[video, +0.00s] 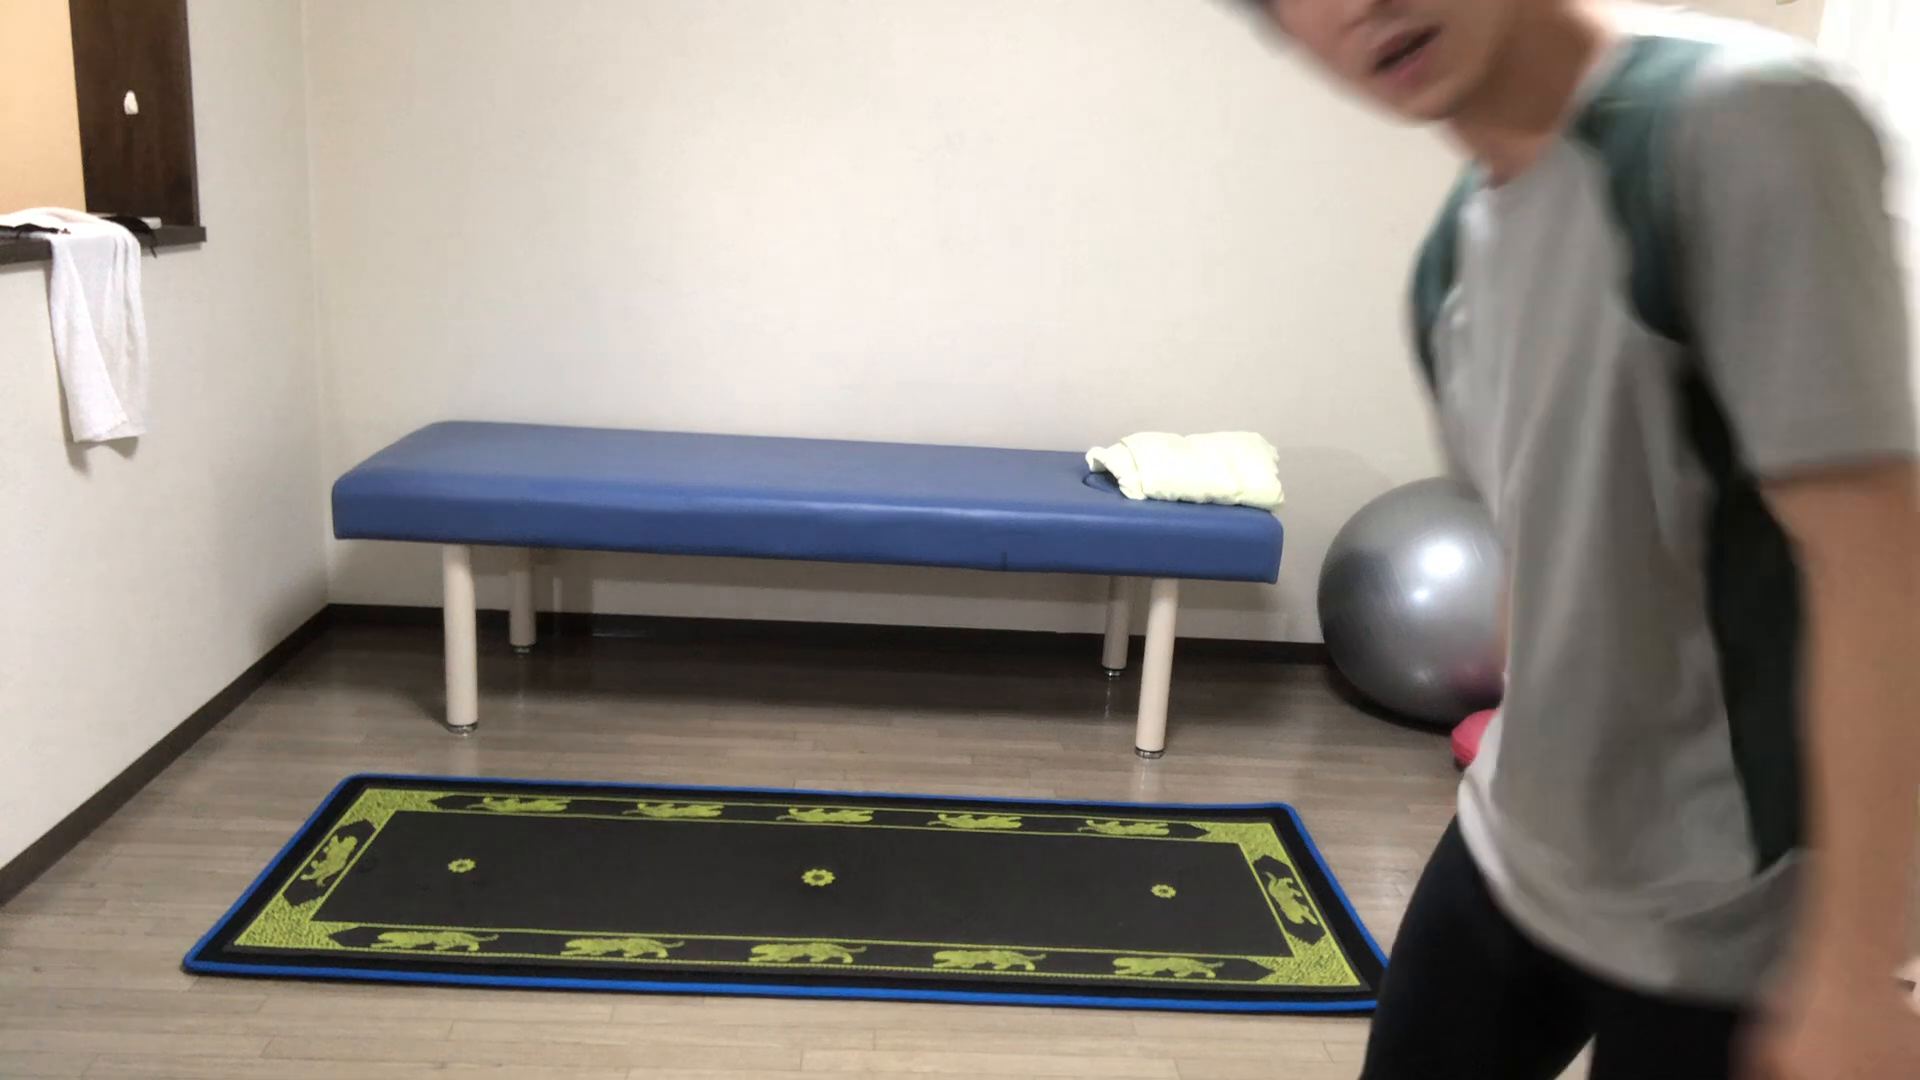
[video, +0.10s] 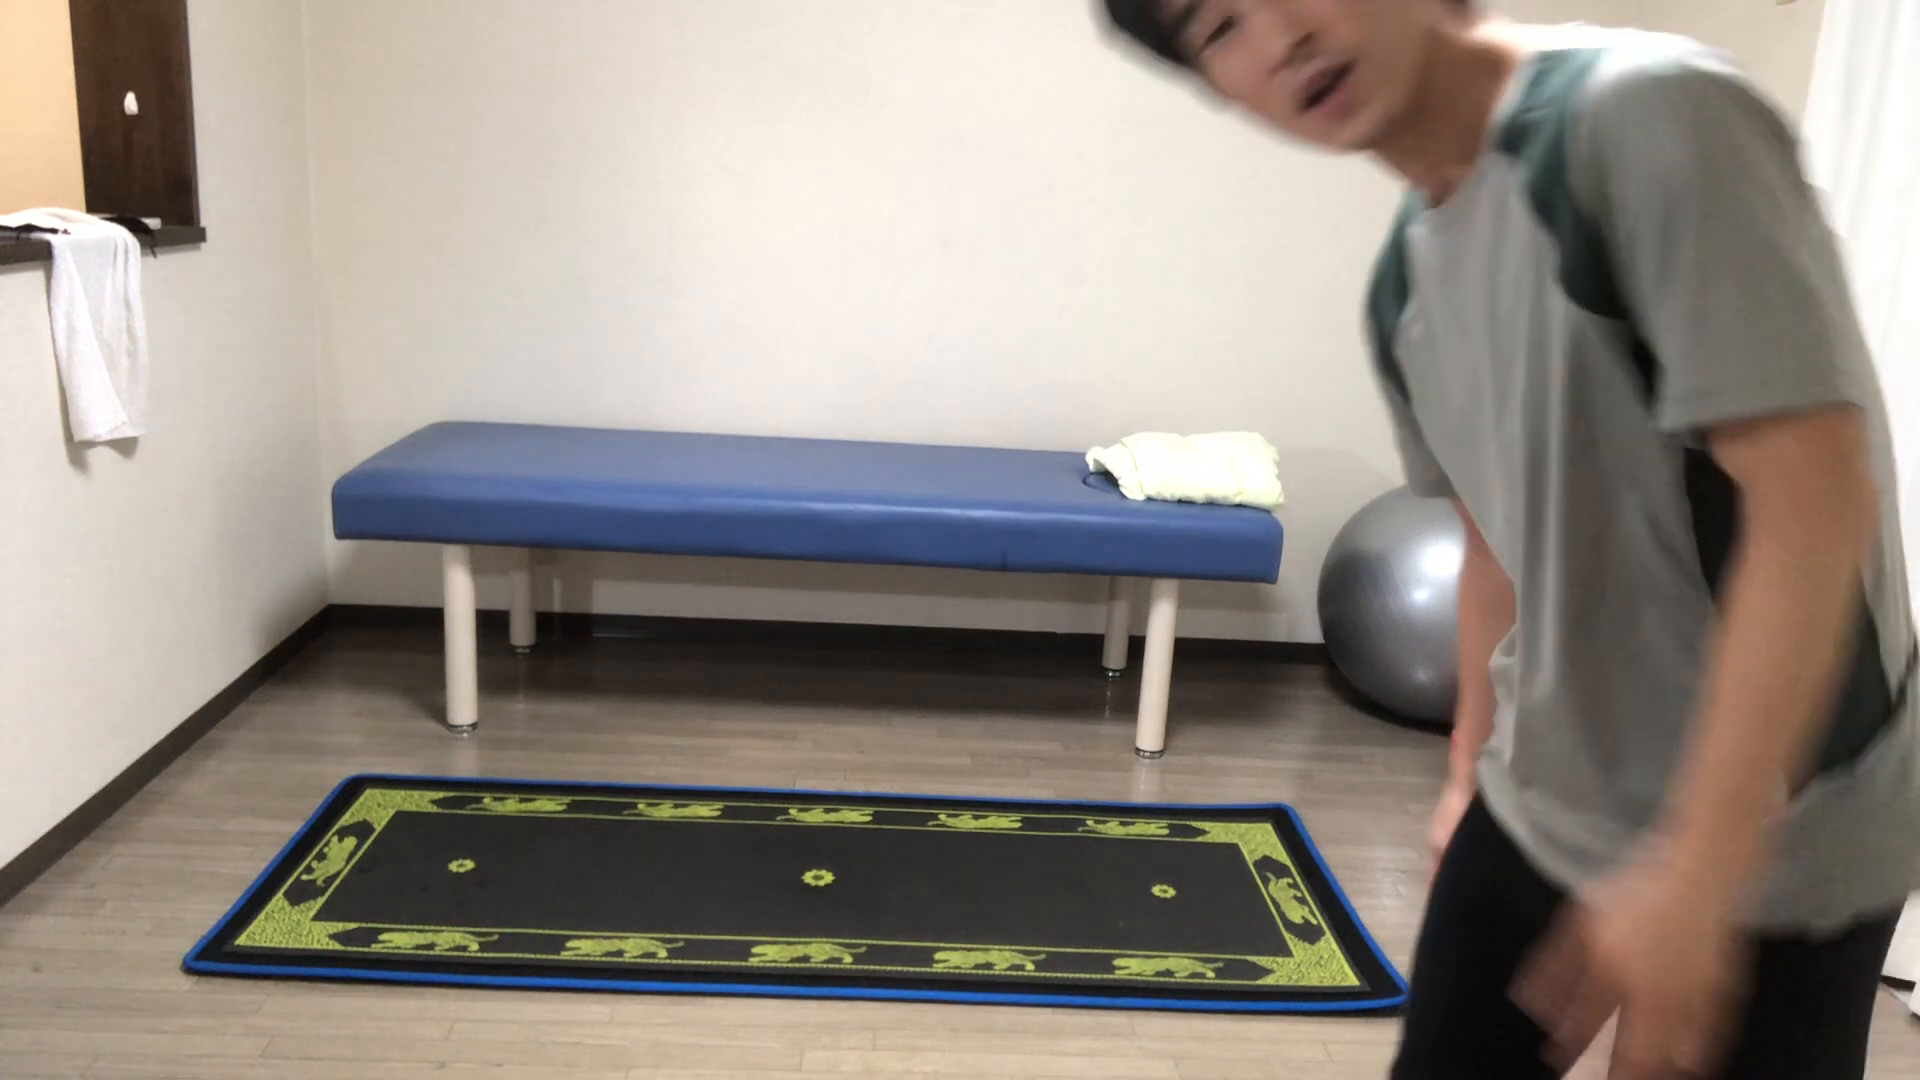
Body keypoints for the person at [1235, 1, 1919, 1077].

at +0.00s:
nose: (1347, 9)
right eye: (1287, 4)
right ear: (1282, 41)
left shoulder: (1749, 124)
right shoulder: (1448, 265)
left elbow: (1874, 560)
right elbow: (1546, 559)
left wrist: (1859, 979)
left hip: (1721, 937)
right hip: (1510, 860)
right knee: (1408, 1061)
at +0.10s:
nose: (1274, 40)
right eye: (1216, 33)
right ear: (1210, 89)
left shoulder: (1652, 117)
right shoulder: (1401, 295)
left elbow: (1817, 497)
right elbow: (1496, 540)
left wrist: (1695, 873)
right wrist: (1471, 779)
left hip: (1775, 849)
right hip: (1543, 815)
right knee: (1440, 1063)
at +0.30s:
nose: (1196, 182)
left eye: (1194, 111)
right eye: (1145, 185)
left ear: (1286, 49)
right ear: (1150, 222)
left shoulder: (1517, 184)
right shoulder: (1362, 334)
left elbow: (1670, 517)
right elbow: (1499, 544)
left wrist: (1525, 818)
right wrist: (1492, 766)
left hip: (1804, 766)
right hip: (1633, 754)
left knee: (1590, 1064)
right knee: (1493, 1050)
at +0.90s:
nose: (1335, 256)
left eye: (1346, 192)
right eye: (1286, 235)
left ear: (1436, 149)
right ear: (1270, 262)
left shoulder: (1614, 341)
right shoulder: (1396, 364)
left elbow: (1697, 617)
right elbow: (1548, 526)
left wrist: (1639, 844)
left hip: (1753, 709)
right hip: (1589, 669)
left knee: (1605, 1029)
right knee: (1378, 907)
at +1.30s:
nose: (1303, 143)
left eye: (1328, 88)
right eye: (1261, 117)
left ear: (1415, 66)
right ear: (1241, 141)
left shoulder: (1545, 269)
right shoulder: (1327, 279)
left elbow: (1604, 532)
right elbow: (1391, 465)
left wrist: (1583, 747)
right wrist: (1385, 644)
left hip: (1655, 619)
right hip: (1504, 596)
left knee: (1577, 944)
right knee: (1379, 828)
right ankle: (1330, 1060)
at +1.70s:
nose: (1168, 248)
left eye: (1182, 194)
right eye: (1129, 230)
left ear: (1259, 172)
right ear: (1116, 252)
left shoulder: (1408, 329)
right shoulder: (1194, 340)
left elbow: (1486, 558)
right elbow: (1273, 517)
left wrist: (1515, 747)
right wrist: (1342, 688)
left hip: (1597, 582)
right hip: (1442, 574)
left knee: (1529, 889)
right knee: (1356, 806)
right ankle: (1325, 1061)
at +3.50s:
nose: (1253, 204)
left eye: (1274, 150)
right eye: (1215, 186)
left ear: (1356, 138)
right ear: (1203, 219)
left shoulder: (1519, 292)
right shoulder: (1293, 376)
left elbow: (1664, 524)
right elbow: (1369, 580)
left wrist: (1664, 763)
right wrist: (1435, 767)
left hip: (1748, 628)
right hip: (1573, 637)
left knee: (1611, 925)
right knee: (1446, 876)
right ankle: (1336, 1063)